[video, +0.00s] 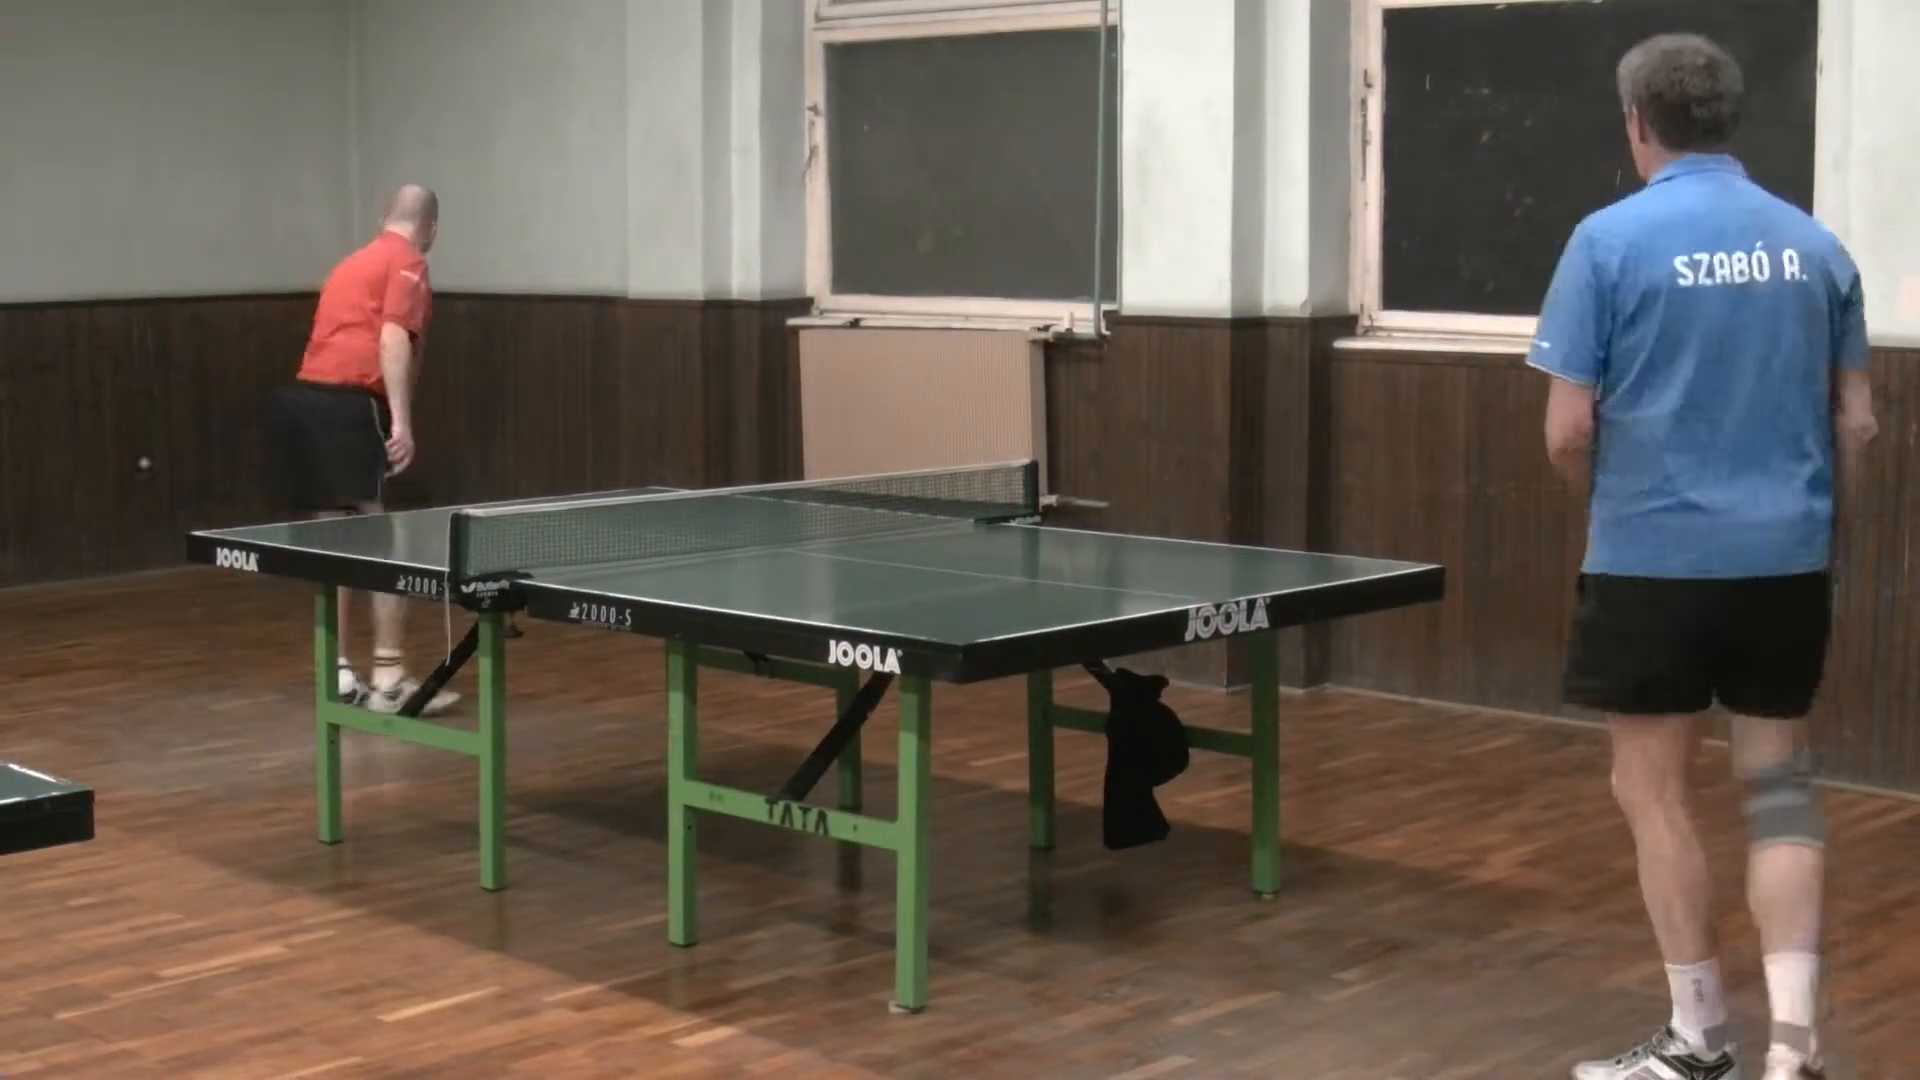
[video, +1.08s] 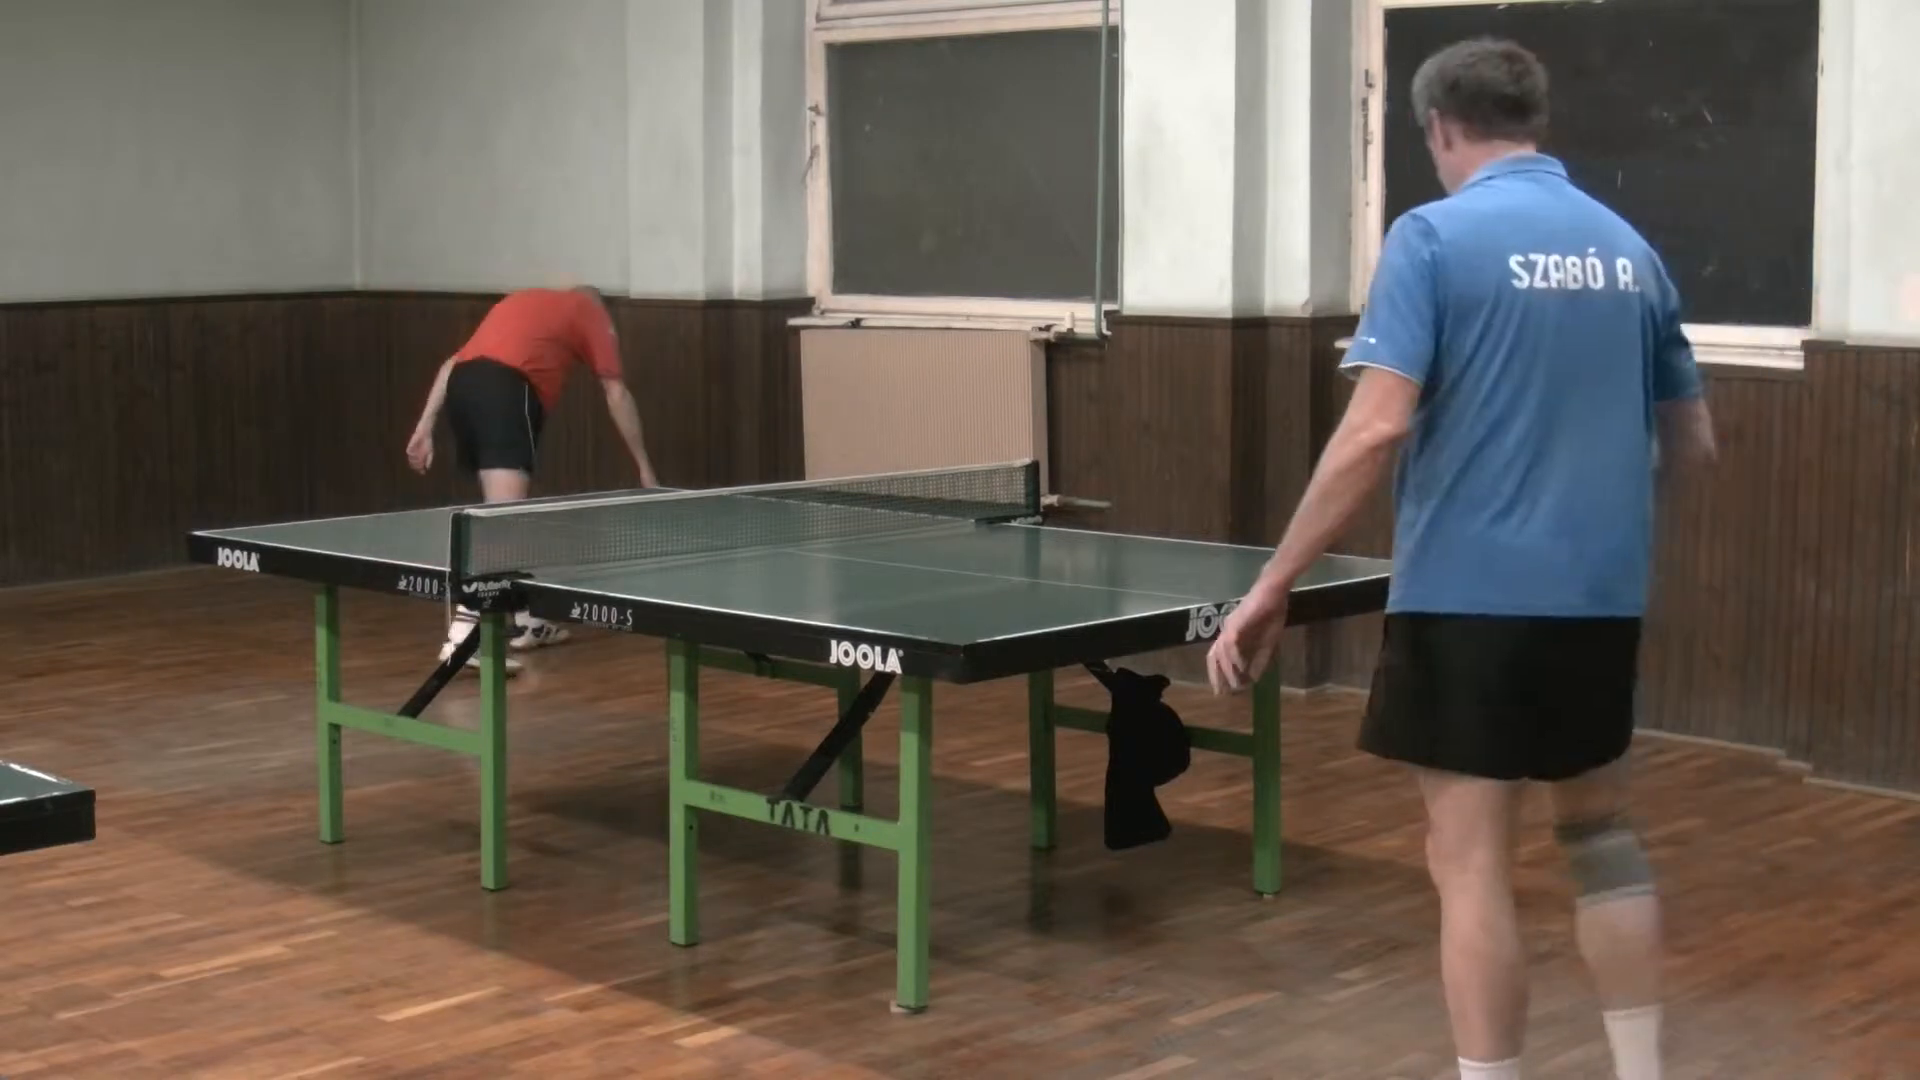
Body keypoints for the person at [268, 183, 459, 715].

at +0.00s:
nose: (431, 240)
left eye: (431, 232)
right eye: (434, 231)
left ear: (386, 221)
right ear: (429, 228)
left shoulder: (352, 262)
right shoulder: (407, 263)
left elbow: (336, 340)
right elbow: (394, 338)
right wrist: (401, 419)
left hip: (306, 401)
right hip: (350, 406)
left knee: (331, 539)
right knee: (383, 538)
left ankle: (337, 670)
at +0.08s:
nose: (439, 232)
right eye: (440, 225)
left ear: (390, 216)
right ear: (436, 224)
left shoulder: (360, 260)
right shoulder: (420, 261)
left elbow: (329, 345)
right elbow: (409, 335)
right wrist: (414, 415)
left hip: (324, 404)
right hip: (371, 405)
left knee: (339, 534)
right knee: (415, 534)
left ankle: (339, 668)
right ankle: (443, 663)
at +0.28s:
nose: (464, 230)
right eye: (470, 223)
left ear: (422, 215)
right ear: (468, 222)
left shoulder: (390, 261)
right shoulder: (459, 267)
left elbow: (348, 339)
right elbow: (459, 346)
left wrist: (365, 395)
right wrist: (480, 426)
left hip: (371, 412)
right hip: (429, 417)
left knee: (367, 530)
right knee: (454, 536)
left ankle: (346, 657)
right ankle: (467, 655)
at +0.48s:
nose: (508, 226)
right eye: (511, 220)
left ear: (463, 210)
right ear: (507, 219)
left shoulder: (419, 256)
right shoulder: (507, 270)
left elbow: (377, 324)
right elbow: (523, 355)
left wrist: (368, 394)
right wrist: (547, 431)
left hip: (408, 407)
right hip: (472, 410)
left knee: (429, 514)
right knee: (492, 521)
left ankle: (412, 607)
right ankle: (482, 652)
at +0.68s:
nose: (526, 232)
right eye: (530, 226)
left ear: (487, 217)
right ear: (528, 224)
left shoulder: (445, 263)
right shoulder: (536, 267)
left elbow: (403, 325)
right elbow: (564, 347)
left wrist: (379, 387)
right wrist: (591, 416)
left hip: (439, 406)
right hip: (498, 410)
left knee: (458, 519)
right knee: (518, 512)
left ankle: (472, 646)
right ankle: (492, 637)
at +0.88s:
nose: (566, 274)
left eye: (565, 269)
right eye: (568, 269)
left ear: (523, 254)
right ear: (561, 262)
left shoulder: (484, 286)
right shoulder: (563, 287)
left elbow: (434, 350)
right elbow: (590, 362)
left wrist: (407, 414)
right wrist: (619, 429)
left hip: (456, 403)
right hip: (510, 406)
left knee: (487, 511)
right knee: (535, 511)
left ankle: (486, 635)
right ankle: (535, 615)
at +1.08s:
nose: (606, 332)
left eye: (608, 325)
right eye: (607, 323)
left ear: (568, 291)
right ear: (596, 305)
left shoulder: (519, 301)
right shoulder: (588, 307)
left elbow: (452, 364)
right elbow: (616, 393)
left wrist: (424, 426)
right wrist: (645, 467)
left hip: (462, 387)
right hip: (506, 389)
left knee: (511, 514)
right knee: (500, 520)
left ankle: (523, 618)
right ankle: (465, 632)